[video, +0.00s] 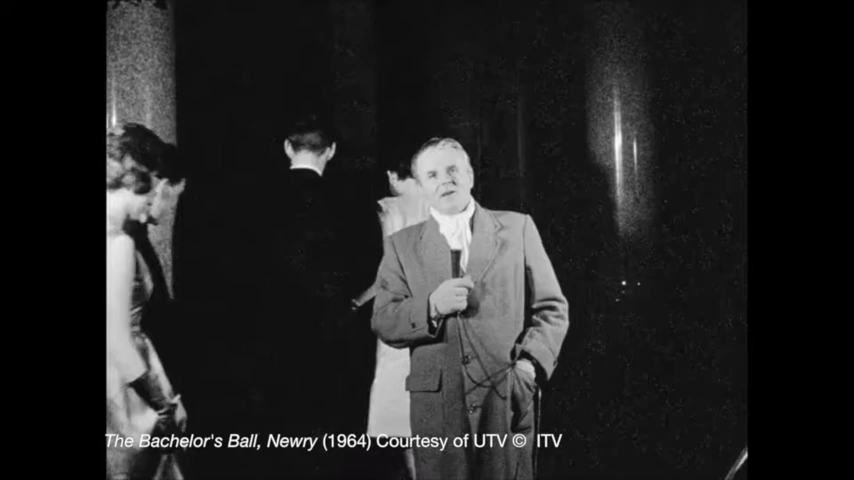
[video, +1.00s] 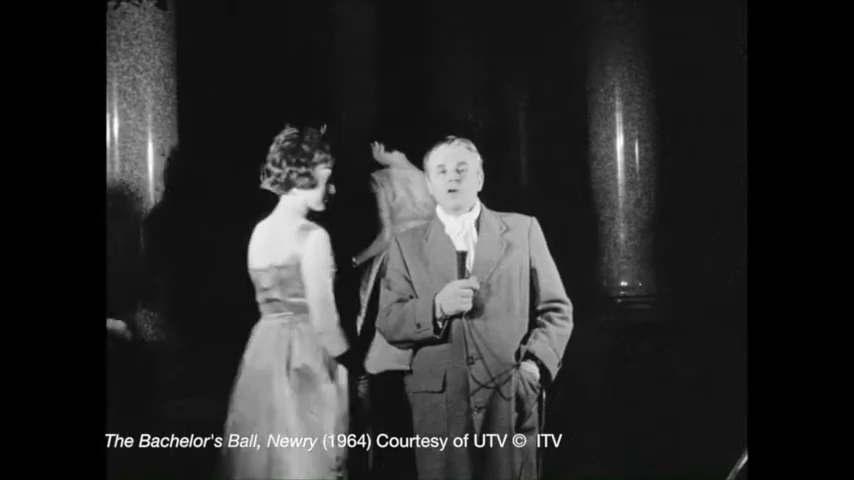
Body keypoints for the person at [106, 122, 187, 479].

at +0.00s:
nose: (153, 205)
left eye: (155, 194)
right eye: (150, 193)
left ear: (131, 184)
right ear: (130, 186)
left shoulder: (125, 240)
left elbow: (137, 331)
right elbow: (117, 340)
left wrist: (167, 394)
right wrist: (164, 404)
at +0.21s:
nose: (190, 212)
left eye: (194, 202)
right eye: (190, 201)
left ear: (146, 184)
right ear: (173, 188)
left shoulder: (113, 236)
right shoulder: (159, 247)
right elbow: (159, 337)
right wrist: (203, 400)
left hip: (113, 359)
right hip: (148, 365)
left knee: (120, 457)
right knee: (158, 461)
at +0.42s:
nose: (229, 207)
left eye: (231, 196)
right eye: (228, 195)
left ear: (186, 184)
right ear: (211, 188)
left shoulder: (152, 238)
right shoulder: (202, 246)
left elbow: (159, 318)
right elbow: (206, 331)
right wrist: (248, 400)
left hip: (154, 356)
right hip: (192, 362)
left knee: (157, 462)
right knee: (200, 461)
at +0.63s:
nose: (272, 189)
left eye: (272, 179)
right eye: (268, 178)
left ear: (237, 173)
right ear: (244, 174)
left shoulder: (194, 229)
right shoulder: (237, 233)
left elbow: (204, 308)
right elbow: (241, 320)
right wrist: (282, 376)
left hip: (197, 347)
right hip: (232, 353)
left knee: (203, 454)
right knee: (241, 457)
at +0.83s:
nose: (305, 190)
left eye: (305, 179)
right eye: (301, 178)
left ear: (271, 178)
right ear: (275, 177)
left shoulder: (229, 232)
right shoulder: (278, 235)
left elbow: (239, 307)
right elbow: (280, 318)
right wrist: (320, 373)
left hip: (231, 349)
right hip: (269, 353)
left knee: (236, 453)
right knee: (276, 455)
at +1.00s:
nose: (330, 189)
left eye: (330, 180)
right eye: (325, 181)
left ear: (292, 180)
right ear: (301, 181)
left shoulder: (260, 233)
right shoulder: (313, 237)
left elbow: (267, 305)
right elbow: (323, 319)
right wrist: (347, 359)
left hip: (265, 346)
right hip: (305, 351)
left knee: (265, 448)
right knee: (308, 454)